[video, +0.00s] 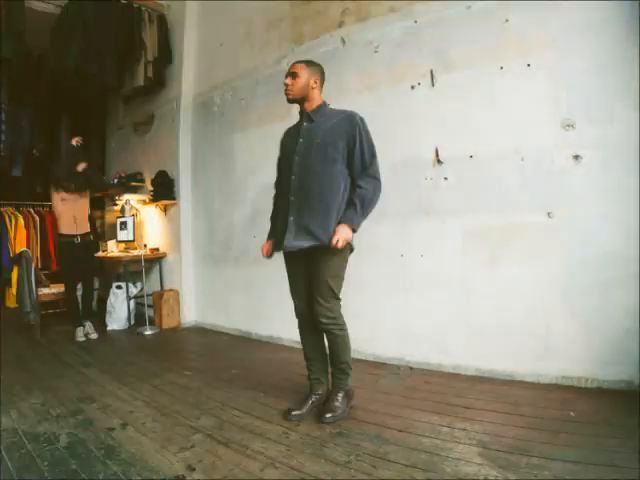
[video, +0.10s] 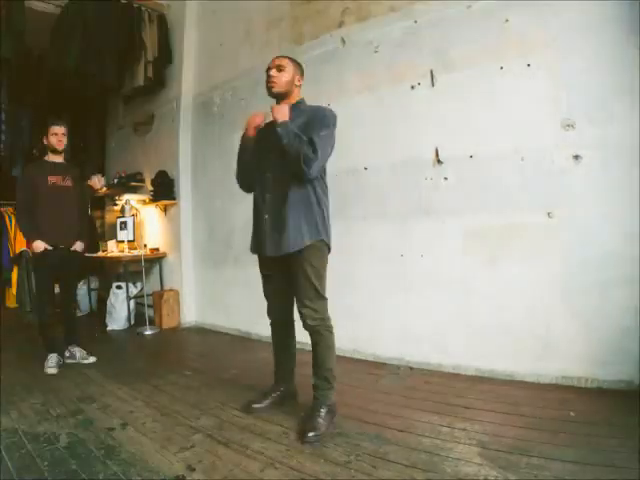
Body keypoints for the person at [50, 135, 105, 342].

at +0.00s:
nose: (77, 168)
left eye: (78, 165)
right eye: (75, 165)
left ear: (78, 169)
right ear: (67, 166)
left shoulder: (85, 185)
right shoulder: (56, 185)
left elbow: (100, 183)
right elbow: (61, 167)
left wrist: (86, 169)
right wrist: (71, 148)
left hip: (87, 240)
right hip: (67, 242)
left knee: (89, 283)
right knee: (71, 286)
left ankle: (88, 321)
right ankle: (77, 325)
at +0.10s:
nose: (59, 139)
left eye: (63, 135)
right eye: (55, 135)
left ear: (68, 139)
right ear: (46, 139)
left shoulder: (76, 171)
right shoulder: (33, 169)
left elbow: (84, 209)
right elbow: (23, 208)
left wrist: (82, 239)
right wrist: (32, 238)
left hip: (71, 248)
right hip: (43, 248)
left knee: (69, 299)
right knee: (44, 302)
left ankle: (71, 347)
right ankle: (52, 352)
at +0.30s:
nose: (87, 176)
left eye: (88, 172)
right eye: (86, 171)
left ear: (79, 172)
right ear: (78, 170)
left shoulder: (79, 191)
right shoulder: (59, 187)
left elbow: (86, 214)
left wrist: (95, 230)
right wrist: (80, 230)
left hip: (74, 244)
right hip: (59, 243)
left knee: (71, 288)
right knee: (59, 289)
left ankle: (69, 327)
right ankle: (57, 331)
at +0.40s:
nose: (66, 180)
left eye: (68, 176)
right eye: (64, 175)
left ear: (61, 173)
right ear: (53, 170)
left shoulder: (63, 189)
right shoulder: (33, 186)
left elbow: (73, 218)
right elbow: (31, 216)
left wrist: (84, 240)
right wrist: (54, 217)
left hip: (59, 244)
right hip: (40, 244)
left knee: (58, 287)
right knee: (41, 288)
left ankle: (58, 327)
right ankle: (44, 331)